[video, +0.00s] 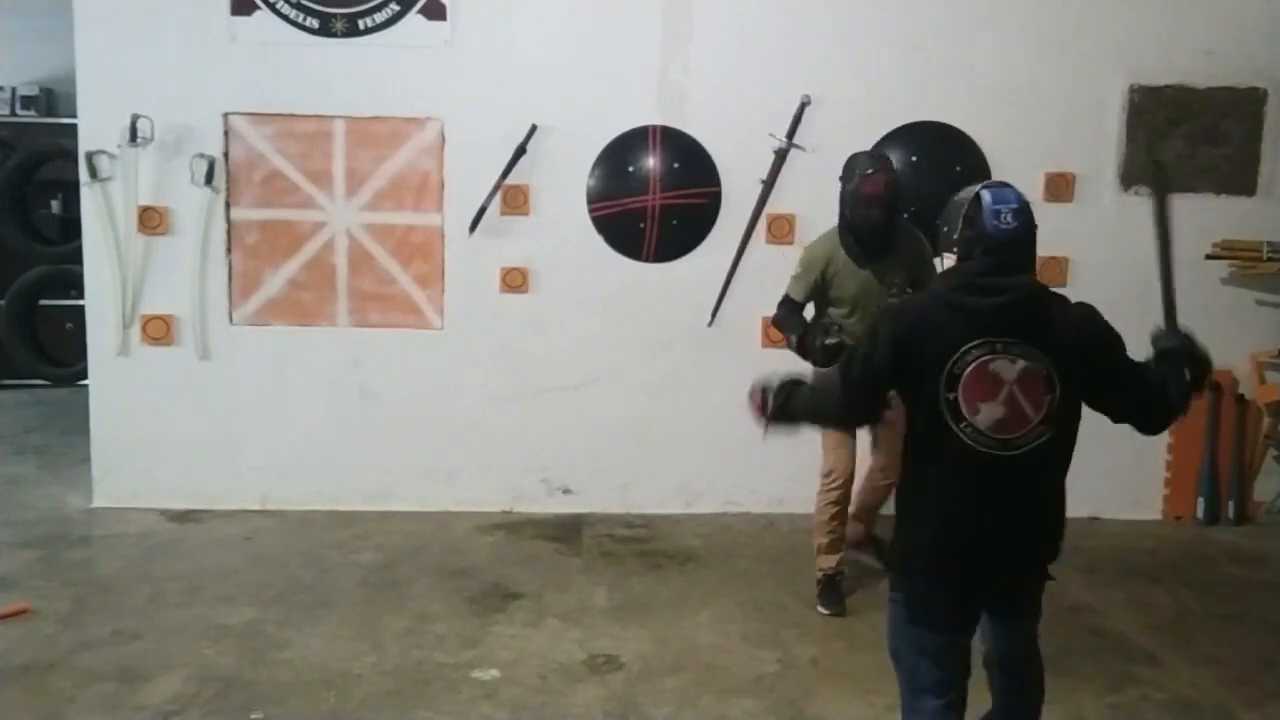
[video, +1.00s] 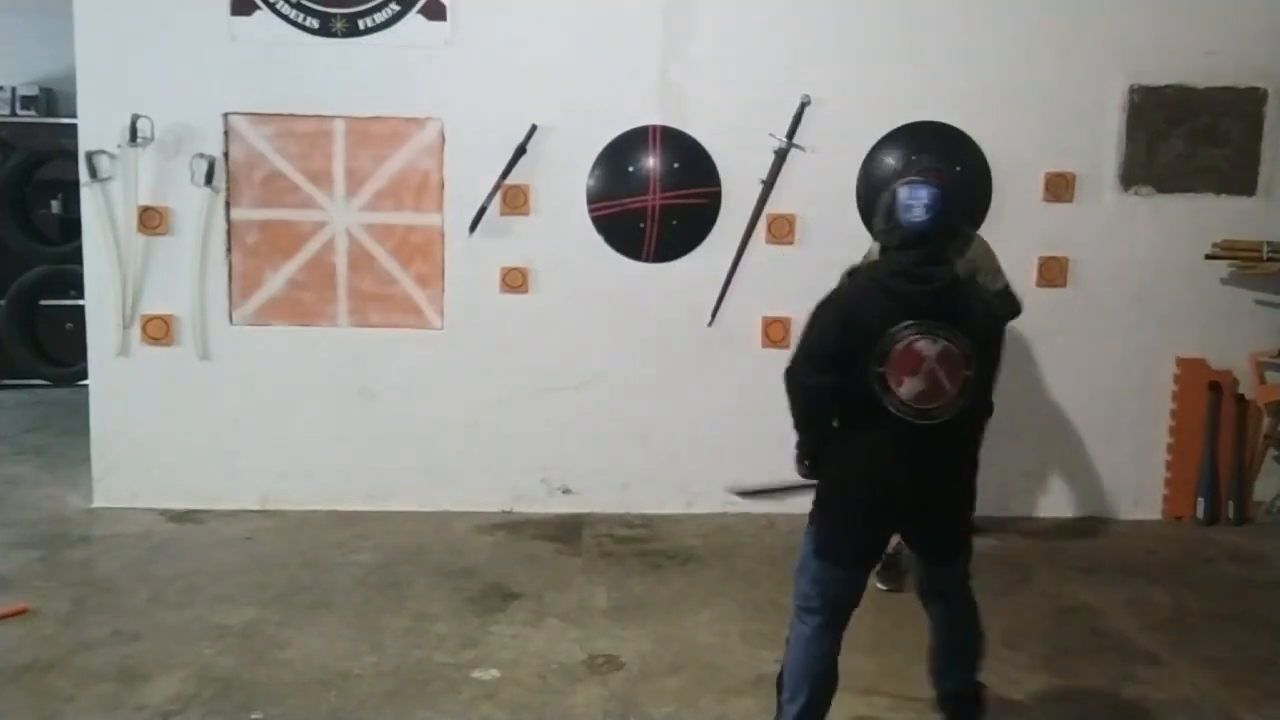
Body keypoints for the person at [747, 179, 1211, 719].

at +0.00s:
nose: (942, 247)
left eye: (948, 237)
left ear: (958, 243)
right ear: (1030, 243)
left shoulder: (914, 320)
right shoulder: (1072, 324)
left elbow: (848, 400)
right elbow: (1148, 408)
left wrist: (787, 398)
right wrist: (1178, 361)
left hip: (933, 545)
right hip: (1025, 541)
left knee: (930, 690)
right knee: (1016, 669)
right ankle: (1014, 714)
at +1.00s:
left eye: (887, 205)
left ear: (882, 215)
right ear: (961, 224)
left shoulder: (858, 295)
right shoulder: (981, 304)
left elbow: (806, 375)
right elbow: (980, 401)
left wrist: (816, 445)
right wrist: (953, 451)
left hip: (857, 487)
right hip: (943, 488)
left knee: (818, 614)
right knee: (949, 596)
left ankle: (798, 709)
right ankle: (960, 702)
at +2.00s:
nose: (951, 244)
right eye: (950, 234)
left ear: (877, 220)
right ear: (941, 231)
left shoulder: (838, 286)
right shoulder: (945, 303)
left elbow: (805, 341)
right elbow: (1000, 377)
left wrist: (863, 328)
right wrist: (1059, 370)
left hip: (833, 469)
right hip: (913, 476)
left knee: (806, 589)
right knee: (933, 584)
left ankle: (781, 707)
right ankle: (943, 683)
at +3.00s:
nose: (852, 240)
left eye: (848, 230)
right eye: (847, 231)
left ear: (795, 230)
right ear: (835, 234)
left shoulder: (774, 277)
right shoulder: (846, 287)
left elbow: (823, 290)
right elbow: (929, 297)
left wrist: (850, 265)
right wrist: (1003, 264)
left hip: (776, 459)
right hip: (839, 462)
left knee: (753, 552)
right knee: (889, 566)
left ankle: (707, 659)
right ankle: (934, 664)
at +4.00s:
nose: (602, 214)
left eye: (601, 204)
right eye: (591, 205)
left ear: (594, 214)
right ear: (563, 214)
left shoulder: (626, 263)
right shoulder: (517, 275)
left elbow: (697, 223)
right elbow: (444, 313)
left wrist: (739, 156)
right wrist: (417, 262)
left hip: (617, 436)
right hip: (545, 441)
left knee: (640, 534)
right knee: (529, 550)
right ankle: (518, 665)